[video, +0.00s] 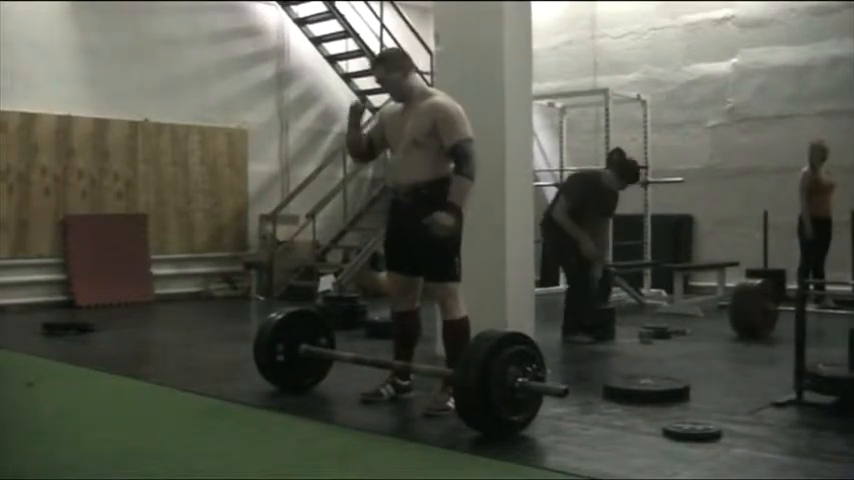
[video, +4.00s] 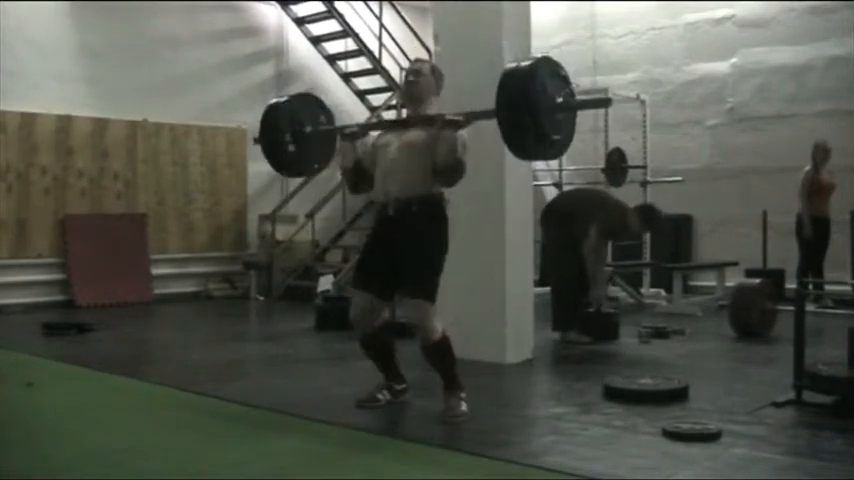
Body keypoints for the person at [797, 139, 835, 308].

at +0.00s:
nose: (819, 159)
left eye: (821, 155)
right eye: (816, 155)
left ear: (825, 157)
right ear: (810, 156)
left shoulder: (824, 175)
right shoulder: (807, 175)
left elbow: (824, 200)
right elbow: (804, 202)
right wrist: (807, 224)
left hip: (823, 220)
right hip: (810, 220)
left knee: (819, 259)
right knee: (807, 258)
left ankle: (820, 293)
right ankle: (803, 293)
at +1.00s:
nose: (824, 159)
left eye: (826, 155)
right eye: (821, 155)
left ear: (828, 157)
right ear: (814, 155)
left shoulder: (823, 175)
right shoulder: (809, 175)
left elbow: (824, 200)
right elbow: (806, 202)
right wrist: (809, 224)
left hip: (825, 220)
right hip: (811, 220)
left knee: (820, 259)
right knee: (808, 259)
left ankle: (820, 293)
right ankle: (803, 293)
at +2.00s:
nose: (822, 160)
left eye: (825, 157)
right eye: (819, 156)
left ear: (827, 159)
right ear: (813, 156)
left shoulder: (823, 175)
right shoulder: (809, 174)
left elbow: (823, 200)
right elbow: (805, 201)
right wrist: (808, 223)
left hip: (824, 220)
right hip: (811, 220)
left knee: (819, 259)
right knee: (808, 258)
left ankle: (820, 294)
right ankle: (802, 293)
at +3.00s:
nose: (819, 159)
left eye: (822, 156)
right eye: (817, 155)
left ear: (825, 157)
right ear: (810, 156)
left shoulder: (823, 173)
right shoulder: (806, 173)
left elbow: (821, 197)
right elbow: (802, 200)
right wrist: (806, 224)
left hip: (821, 219)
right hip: (808, 219)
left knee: (817, 259)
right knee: (805, 259)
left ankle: (818, 294)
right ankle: (800, 294)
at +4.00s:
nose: (825, 157)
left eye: (826, 154)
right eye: (822, 154)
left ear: (828, 156)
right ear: (814, 154)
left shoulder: (826, 174)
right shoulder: (809, 174)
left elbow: (824, 198)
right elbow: (803, 199)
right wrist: (806, 223)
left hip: (822, 219)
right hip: (808, 219)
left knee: (818, 258)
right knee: (806, 258)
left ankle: (819, 293)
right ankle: (802, 292)